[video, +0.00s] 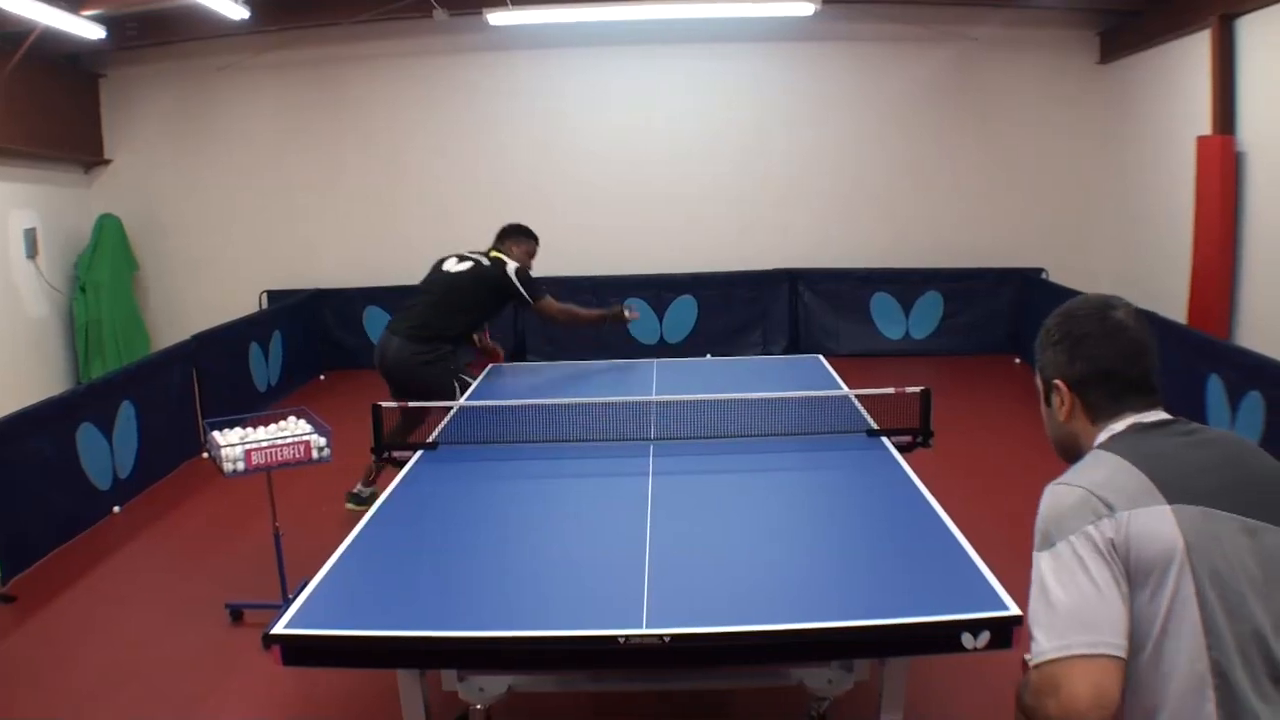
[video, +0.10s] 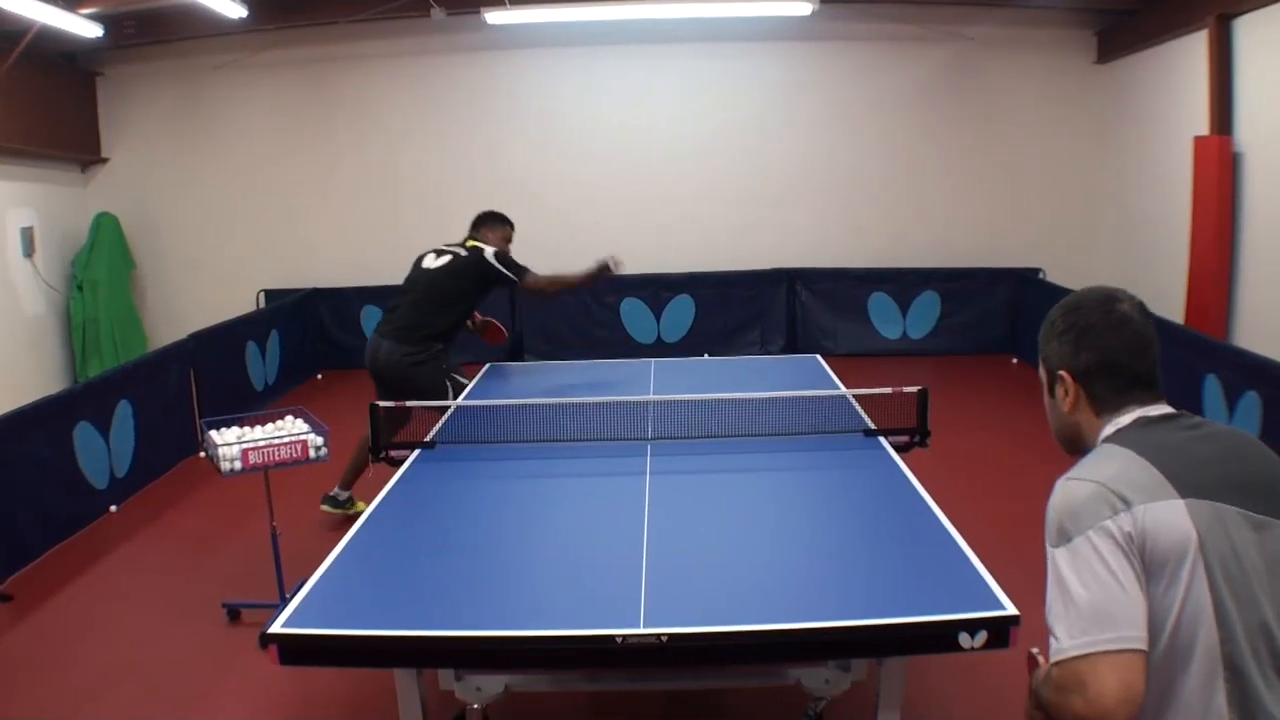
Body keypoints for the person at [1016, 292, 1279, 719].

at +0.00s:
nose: (1043, 412)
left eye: (1041, 397)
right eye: (1040, 397)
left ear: (1062, 399)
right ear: (1146, 378)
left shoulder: (1087, 494)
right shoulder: (1259, 463)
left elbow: (1083, 698)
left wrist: (1031, 685)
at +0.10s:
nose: (1046, 403)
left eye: (1044, 387)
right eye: (1043, 386)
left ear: (1066, 390)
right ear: (1148, 370)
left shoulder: (1096, 488)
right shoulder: (1260, 458)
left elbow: (1107, 694)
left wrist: (1044, 688)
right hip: (1265, 707)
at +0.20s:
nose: (1045, 391)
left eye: (1044, 374)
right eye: (1042, 373)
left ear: (1068, 381)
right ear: (1150, 361)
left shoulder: (1098, 482)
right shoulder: (1259, 452)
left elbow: (1104, 692)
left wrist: (1040, 676)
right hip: (1264, 706)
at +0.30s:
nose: (1046, 387)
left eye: (1045, 370)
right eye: (1044, 369)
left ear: (1069, 376)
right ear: (1154, 358)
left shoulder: (1094, 481)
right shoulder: (1259, 452)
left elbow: (1091, 692)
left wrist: (1025, 669)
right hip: (1265, 706)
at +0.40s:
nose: (1045, 377)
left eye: (1045, 361)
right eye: (1043, 360)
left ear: (1068, 366)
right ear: (1153, 349)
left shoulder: (1091, 474)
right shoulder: (1256, 446)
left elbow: (1081, 690)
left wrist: (1019, 660)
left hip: (1158, 710)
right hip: (1264, 706)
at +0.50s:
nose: (1044, 367)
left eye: (1044, 351)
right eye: (1043, 350)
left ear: (1068, 357)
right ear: (1153, 340)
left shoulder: (1091, 466)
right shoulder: (1254, 440)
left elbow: (1077, 683)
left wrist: (1011, 646)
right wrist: (1033, 662)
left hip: (1159, 709)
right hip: (1268, 704)